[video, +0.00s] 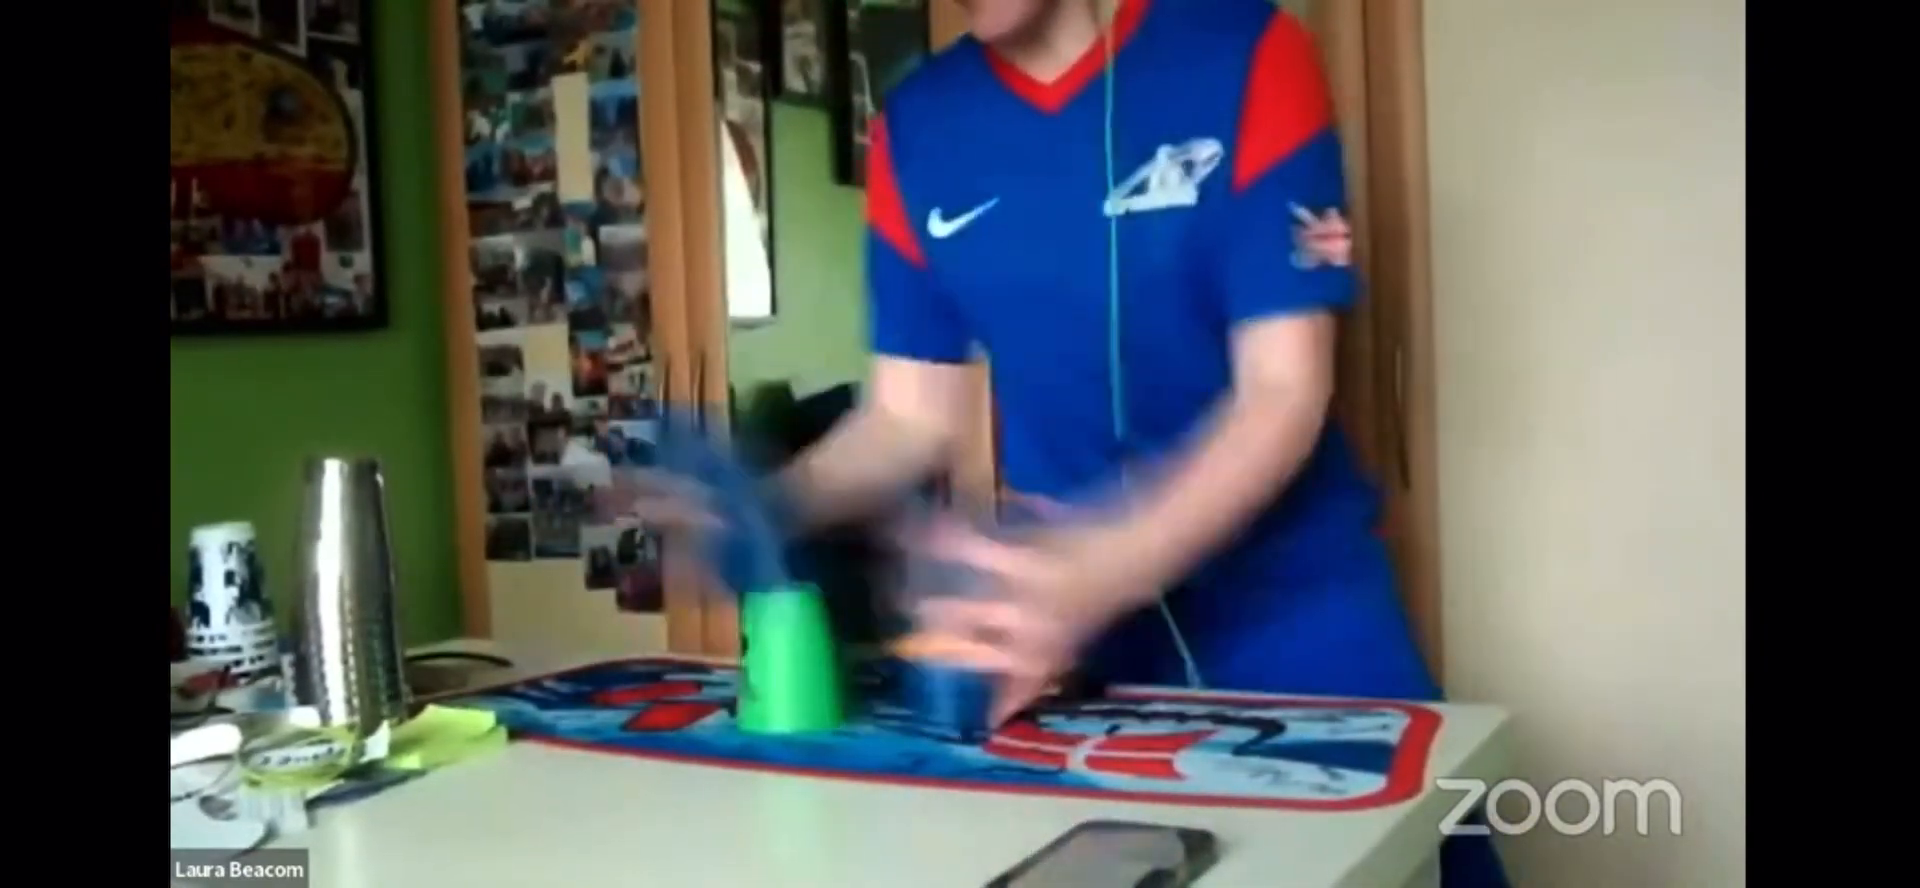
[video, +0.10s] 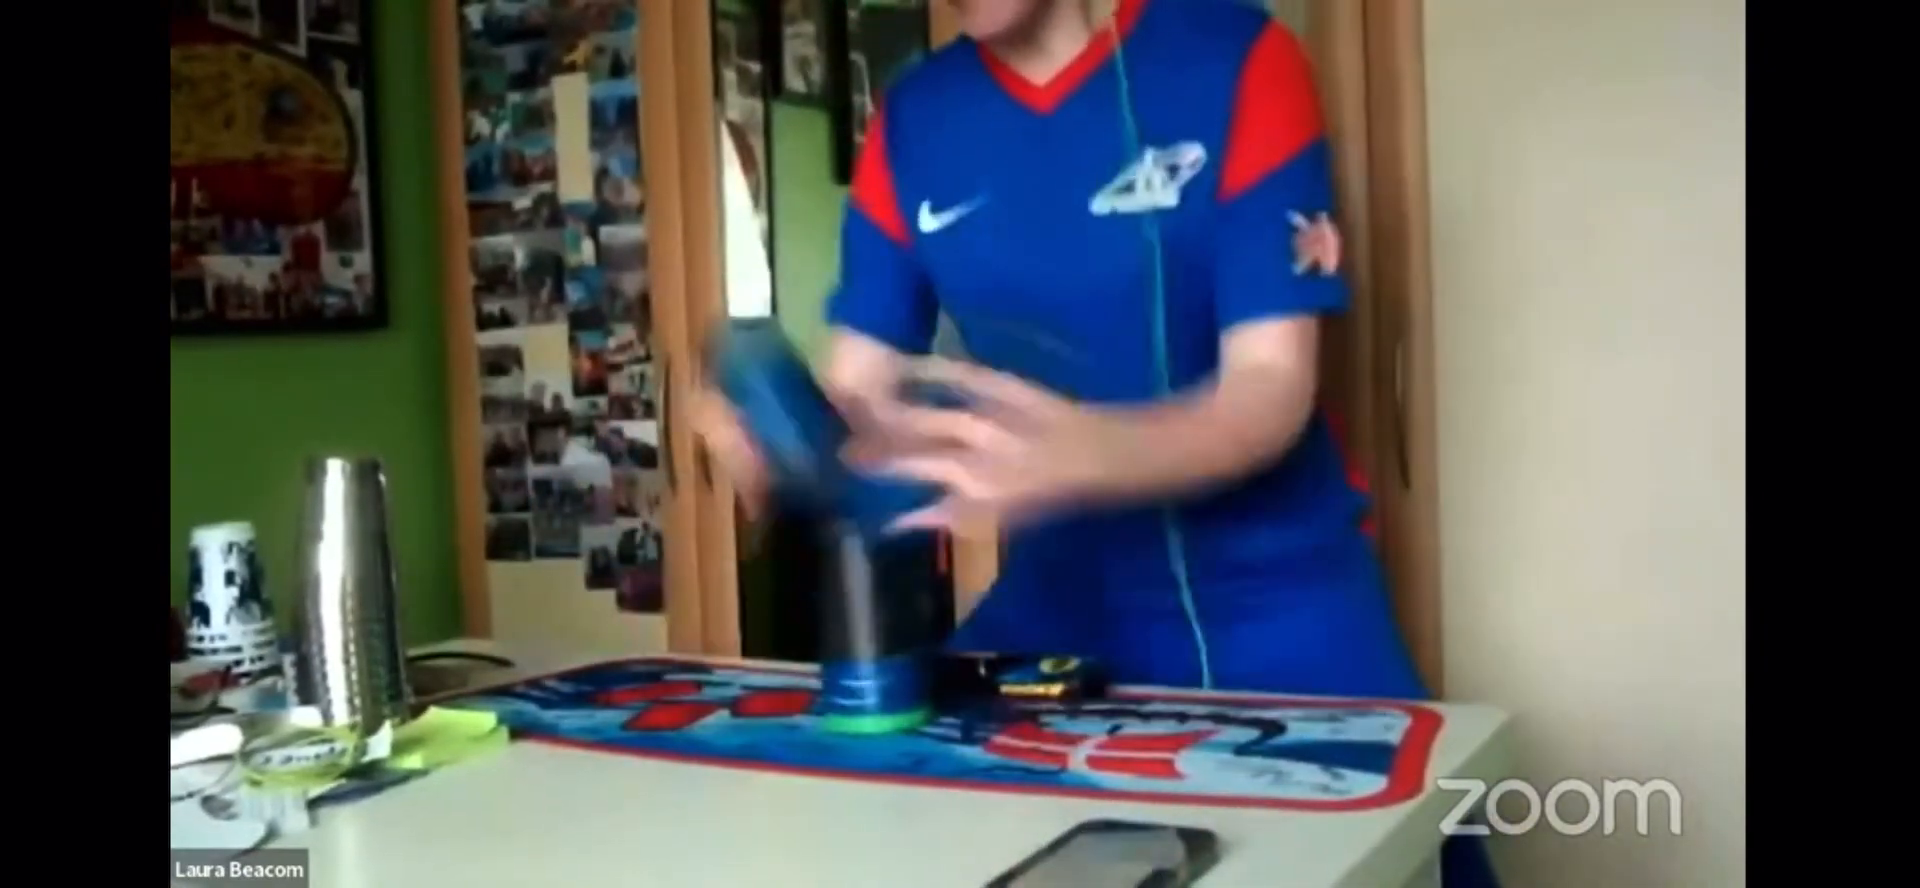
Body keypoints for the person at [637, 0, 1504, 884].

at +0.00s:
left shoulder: (1242, 52)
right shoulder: (919, 121)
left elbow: (1285, 394)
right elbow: (912, 413)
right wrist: (759, 511)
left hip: (1292, 646)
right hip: (1066, 670)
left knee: (1365, 866)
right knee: (1106, 871)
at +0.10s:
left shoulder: (1236, 61)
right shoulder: (916, 118)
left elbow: (1270, 397)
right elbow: (862, 397)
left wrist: (1088, 452)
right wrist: (776, 436)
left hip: (1279, 631)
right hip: (1053, 629)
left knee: (1357, 863)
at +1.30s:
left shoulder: (1250, 51)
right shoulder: (936, 102)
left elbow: (1269, 378)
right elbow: (898, 372)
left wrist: (1064, 391)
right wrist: (773, 290)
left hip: (1272, 603)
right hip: (1045, 622)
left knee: (1369, 855)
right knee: (1073, 868)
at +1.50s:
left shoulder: (1284, 95)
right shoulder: (947, 95)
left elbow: (1316, 410)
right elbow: (726, 274)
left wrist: (1245, 567)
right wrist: (608, 442)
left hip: (1277, 649)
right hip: (1045, 668)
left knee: (1337, 869)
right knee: (1073, 873)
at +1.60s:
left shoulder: (1270, 64)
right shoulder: (943, 81)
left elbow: (1284, 392)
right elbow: (780, 284)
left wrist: (1143, 302)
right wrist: (653, 256)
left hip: (1266, 638)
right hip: (1049, 642)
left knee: (1346, 863)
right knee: (1082, 870)